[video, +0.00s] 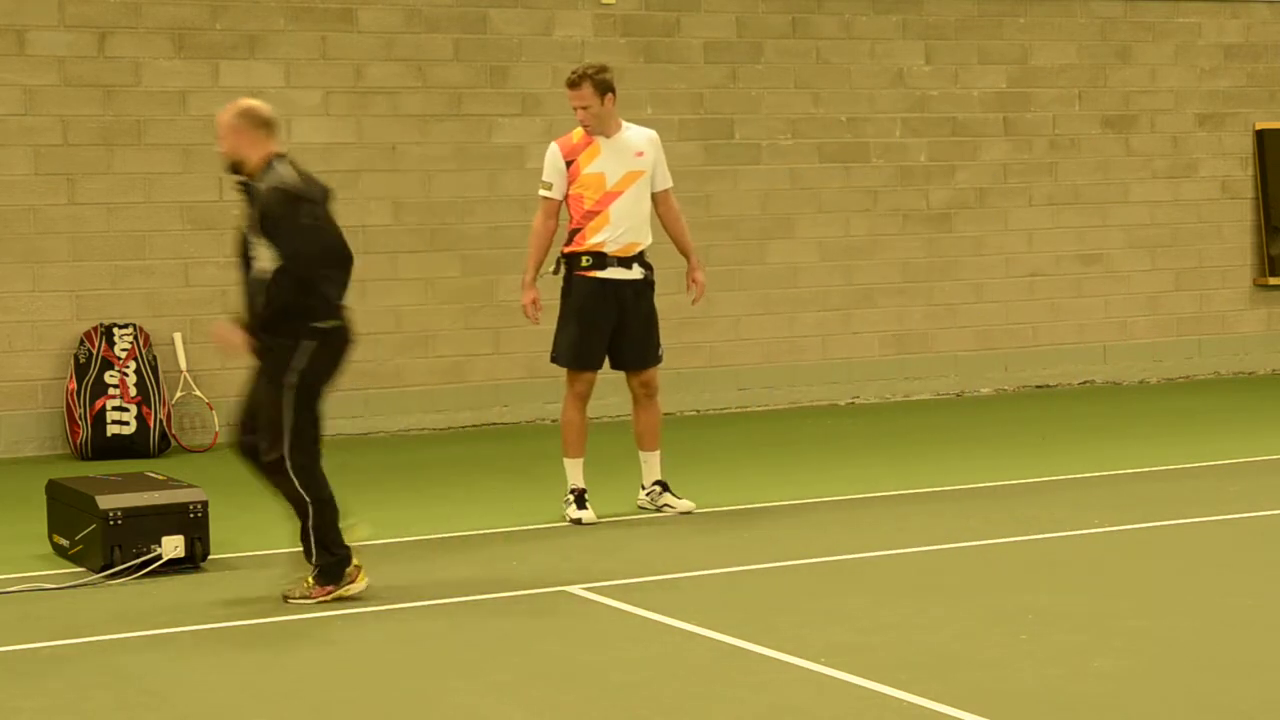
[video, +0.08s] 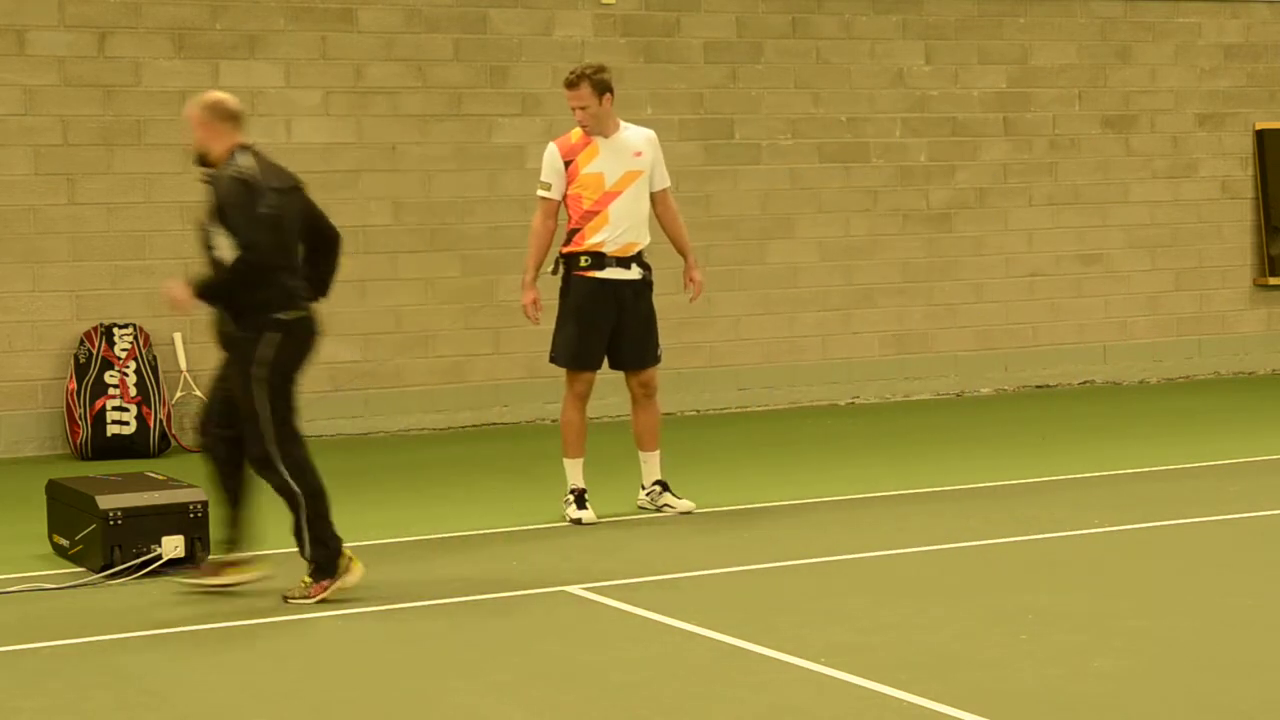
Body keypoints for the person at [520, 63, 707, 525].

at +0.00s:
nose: (579, 116)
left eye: (585, 108)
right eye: (575, 109)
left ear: (610, 100)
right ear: (573, 106)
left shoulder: (646, 143)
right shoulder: (563, 152)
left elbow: (666, 206)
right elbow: (546, 219)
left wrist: (693, 261)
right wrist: (530, 279)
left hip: (635, 282)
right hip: (585, 283)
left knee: (646, 385)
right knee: (579, 388)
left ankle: (653, 486)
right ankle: (576, 493)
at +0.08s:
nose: (577, 116)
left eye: (583, 107)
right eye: (572, 109)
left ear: (607, 100)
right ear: (573, 106)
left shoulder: (644, 142)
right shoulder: (562, 151)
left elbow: (664, 205)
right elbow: (545, 218)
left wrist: (690, 260)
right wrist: (530, 279)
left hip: (633, 281)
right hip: (583, 282)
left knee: (645, 385)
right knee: (578, 388)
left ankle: (653, 487)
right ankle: (576, 493)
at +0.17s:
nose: (576, 117)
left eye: (582, 108)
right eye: (572, 109)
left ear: (607, 101)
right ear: (571, 106)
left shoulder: (643, 142)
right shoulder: (561, 152)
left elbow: (663, 205)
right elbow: (545, 219)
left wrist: (687, 260)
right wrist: (530, 280)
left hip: (632, 282)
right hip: (582, 283)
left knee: (644, 385)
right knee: (578, 388)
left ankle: (653, 486)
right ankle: (576, 493)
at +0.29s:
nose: (575, 117)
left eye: (581, 109)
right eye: (570, 110)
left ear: (606, 101)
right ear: (570, 107)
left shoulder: (642, 142)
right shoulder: (560, 152)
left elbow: (662, 205)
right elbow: (544, 218)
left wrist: (686, 261)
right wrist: (531, 280)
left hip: (631, 282)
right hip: (581, 283)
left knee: (643, 385)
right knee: (578, 388)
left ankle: (653, 486)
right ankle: (576, 493)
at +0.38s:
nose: (574, 117)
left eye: (580, 109)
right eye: (570, 110)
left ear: (605, 101)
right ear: (570, 107)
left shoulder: (642, 142)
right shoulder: (560, 152)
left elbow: (662, 205)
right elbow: (544, 219)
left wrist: (686, 261)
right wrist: (531, 280)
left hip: (631, 281)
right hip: (581, 283)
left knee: (643, 385)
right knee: (578, 388)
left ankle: (653, 486)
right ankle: (576, 494)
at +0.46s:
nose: (574, 117)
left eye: (580, 109)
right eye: (570, 110)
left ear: (605, 101)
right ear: (570, 107)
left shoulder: (642, 142)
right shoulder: (560, 152)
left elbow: (662, 204)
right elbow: (544, 219)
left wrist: (686, 261)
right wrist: (531, 280)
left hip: (630, 281)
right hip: (581, 282)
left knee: (643, 385)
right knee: (578, 388)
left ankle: (653, 486)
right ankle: (576, 494)